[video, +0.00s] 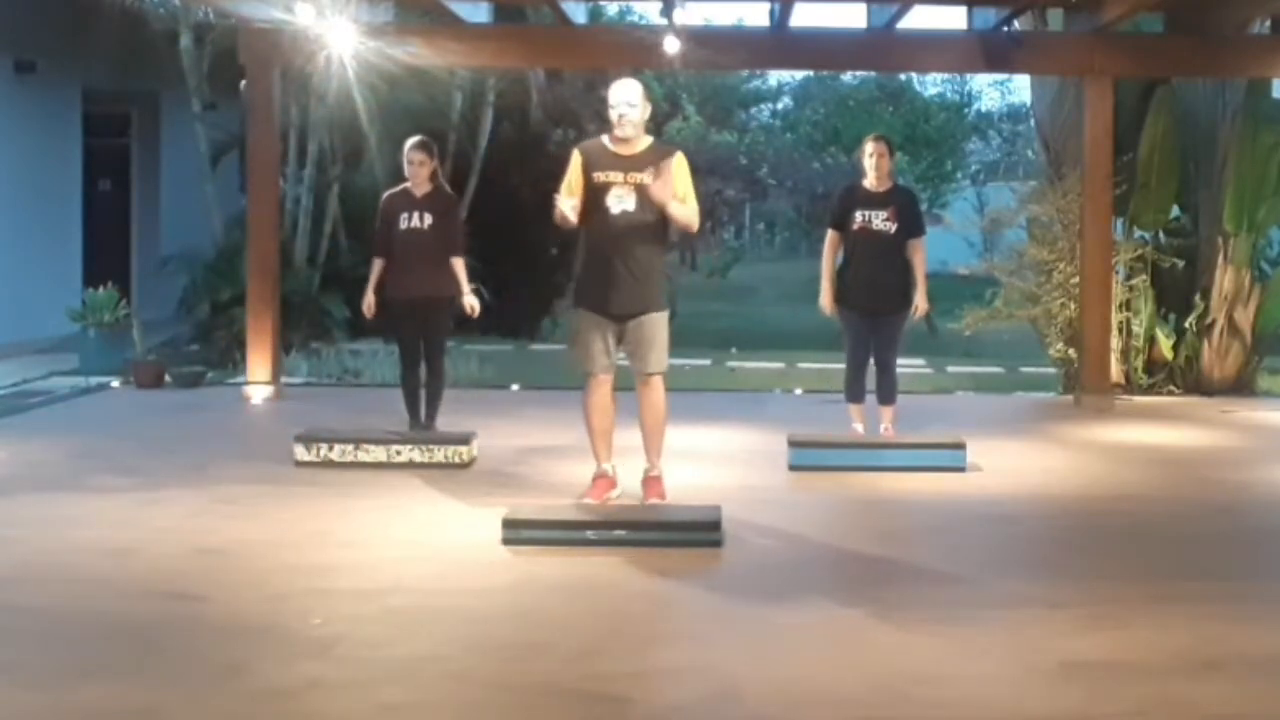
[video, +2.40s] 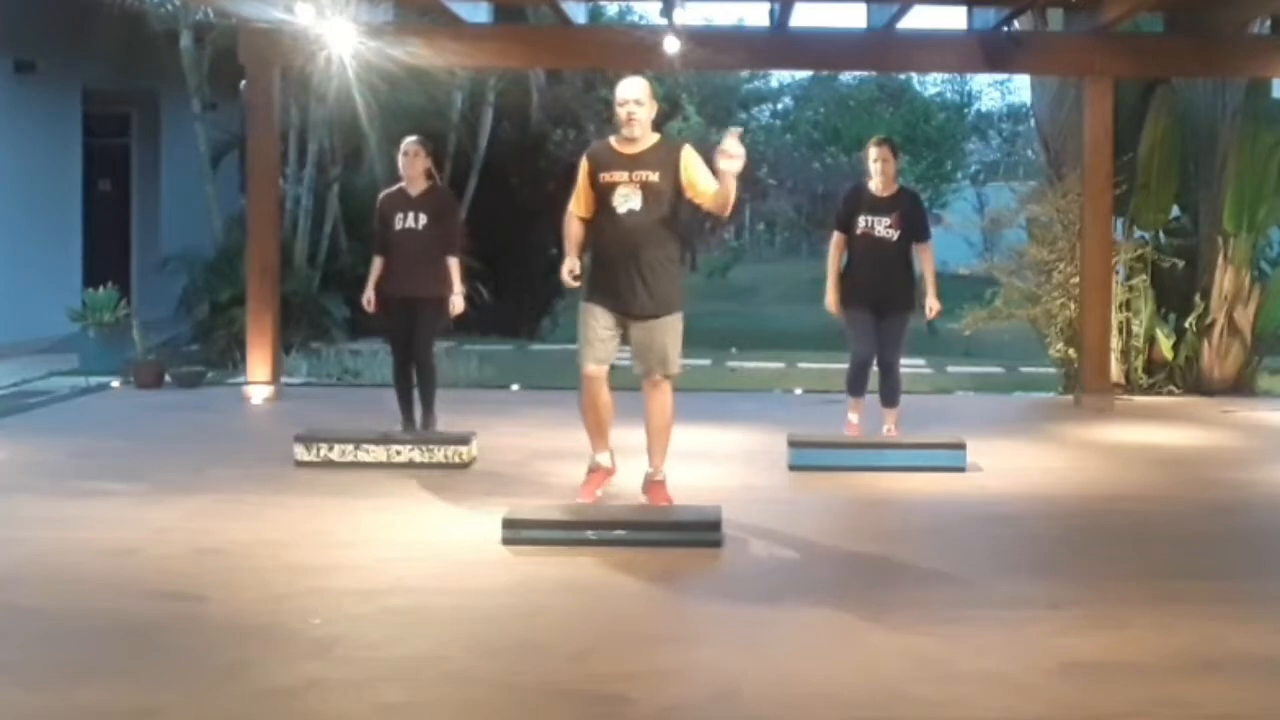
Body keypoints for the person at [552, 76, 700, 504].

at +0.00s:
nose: (623, 115)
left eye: (631, 107)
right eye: (617, 107)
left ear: (647, 111)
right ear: (607, 111)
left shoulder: (669, 159)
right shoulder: (586, 155)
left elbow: (692, 221)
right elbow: (569, 213)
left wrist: (664, 199)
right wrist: (565, 210)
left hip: (647, 289)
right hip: (594, 288)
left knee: (651, 378)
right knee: (599, 378)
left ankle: (653, 472)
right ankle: (603, 472)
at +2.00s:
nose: (620, 110)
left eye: (628, 103)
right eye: (614, 103)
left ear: (645, 108)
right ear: (605, 109)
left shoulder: (672, 156)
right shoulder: (584, 158)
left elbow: (712, 202)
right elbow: (562, 213)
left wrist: (681, 249)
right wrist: (587, 233)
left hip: (655, 290)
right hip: (603, 291)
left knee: (657, 377)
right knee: (605, 381)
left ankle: (657, 470)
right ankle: (614, 474)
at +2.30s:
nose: (630, 111)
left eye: (638, 104)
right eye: (624, 104)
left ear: (656, 110)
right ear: (615, 110)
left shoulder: (678, 158)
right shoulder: (597, 156)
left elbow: (718, 215)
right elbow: (578, 211)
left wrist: (699, 186)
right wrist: (573, 252)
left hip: (657, 292)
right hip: (603, 289)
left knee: (658, 381)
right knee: (592, 372)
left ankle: (656, 474)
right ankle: (603, 463)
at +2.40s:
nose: (628, 111)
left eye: (636, 104)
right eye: (622, 104)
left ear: (654, 109)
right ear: (613, 110)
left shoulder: (678, 155)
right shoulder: (595, 157)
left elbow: (719, 207)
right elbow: (577, 212)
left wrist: (728, 176)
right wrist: (571, 253)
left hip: (658, 288)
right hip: (603, 286)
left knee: (658, 381)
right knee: (592, 373)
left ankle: (656, 475)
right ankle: (602, 462)